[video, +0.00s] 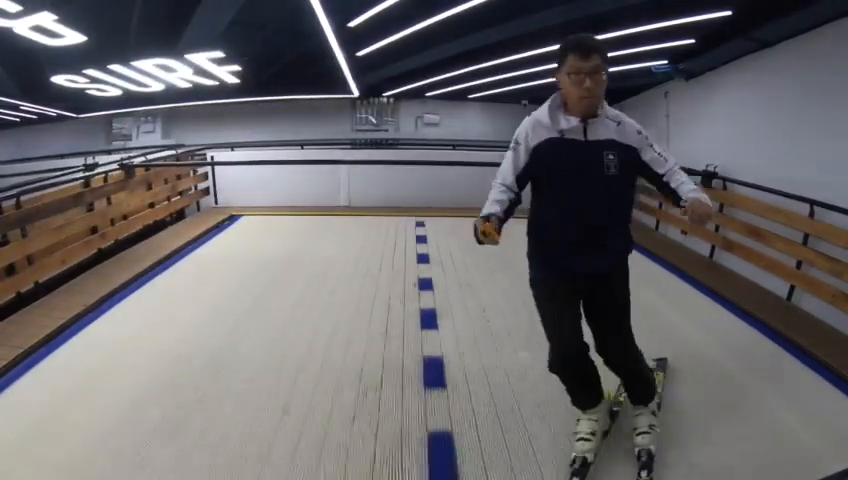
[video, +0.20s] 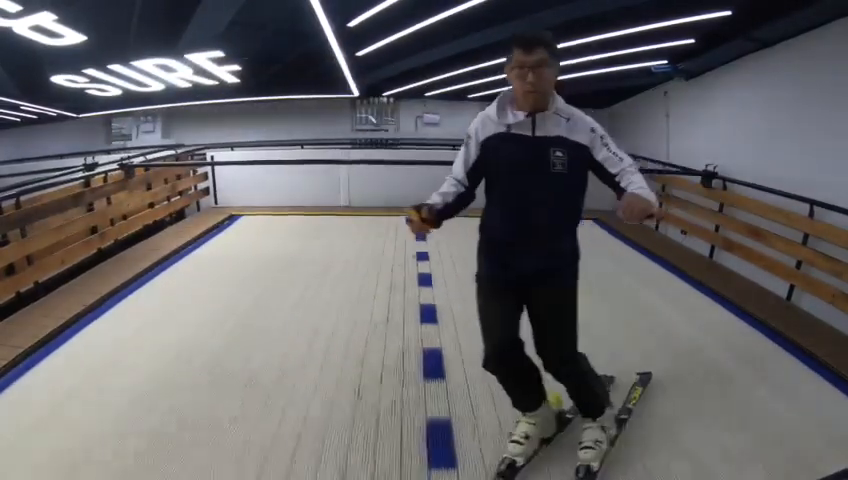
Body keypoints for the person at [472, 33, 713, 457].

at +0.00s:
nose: (588, 84)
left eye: (596, 75)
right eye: (578, 76)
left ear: (606, 77)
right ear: (559, 78)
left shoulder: (625, 130)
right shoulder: (535, 129)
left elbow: (667, 171)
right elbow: (507, 182)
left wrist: (693, 196)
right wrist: (492, 215)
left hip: (607, 259)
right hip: (551, 261)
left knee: (614, 345)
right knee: (564, 353)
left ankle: (645, 399)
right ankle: (591, 409)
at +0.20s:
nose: (529, 78)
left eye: (539, 68)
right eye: (520, 69)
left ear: (556, 73)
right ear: (508, 75)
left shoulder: (580, 128)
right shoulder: (486, 125)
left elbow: (624, 170)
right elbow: (460, 182)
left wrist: (641, 195)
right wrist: (431, 209)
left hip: (554, 259)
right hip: (498, 258)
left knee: (557, 354)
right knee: (499, 353)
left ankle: (597, 413)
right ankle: (538, 412)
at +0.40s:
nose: (449, 71)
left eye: (460, 62)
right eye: (441, 63)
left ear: (480, 66)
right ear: (434, 67)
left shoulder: (505, 120)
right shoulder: (416, 118)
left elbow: (549, 169)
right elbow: (393, 176)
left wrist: (552, 196)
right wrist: (357, 200)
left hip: (475, 251)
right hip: (423, 246)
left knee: (471, 348)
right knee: (408, 336)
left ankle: (522, 414)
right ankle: (449, 404)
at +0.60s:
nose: (359, 62)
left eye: (370, 53)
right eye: (353, 54)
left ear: (392, 59)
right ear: (347, 60)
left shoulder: (413, 113)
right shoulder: (332, 110)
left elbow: (453, 159)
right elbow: (308, 163)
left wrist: (456, 188)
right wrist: (268, 188)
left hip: (385, 238)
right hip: (337, 233)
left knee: (381, 330)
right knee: (322, 319)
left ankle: (431, 403)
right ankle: (356, 381)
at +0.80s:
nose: (268, 61)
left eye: (279, 51)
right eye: (262, 52)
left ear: (302, 54)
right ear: (257, 56)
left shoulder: (324, 102)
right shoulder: (248, 105)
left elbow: (370, 150)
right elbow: (228, 156)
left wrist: (368, 184)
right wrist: (193, 177)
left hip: (307, 221)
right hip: (261, 219)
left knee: (292, 306)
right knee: (251, 305)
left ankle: (331, 371)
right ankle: (279, 359)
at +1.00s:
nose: (204, 72)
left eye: (214, 63)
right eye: (199, 63)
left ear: (238, 65)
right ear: (196, 68)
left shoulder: (262, 110)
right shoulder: (191, 113)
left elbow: (302, 160)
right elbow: (173, 162)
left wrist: (286, 196)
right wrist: (134, 185)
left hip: (246, 224)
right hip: (204, 222)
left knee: (224, 303)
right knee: (189, 301)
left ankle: (230, 361)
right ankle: (203, 347)